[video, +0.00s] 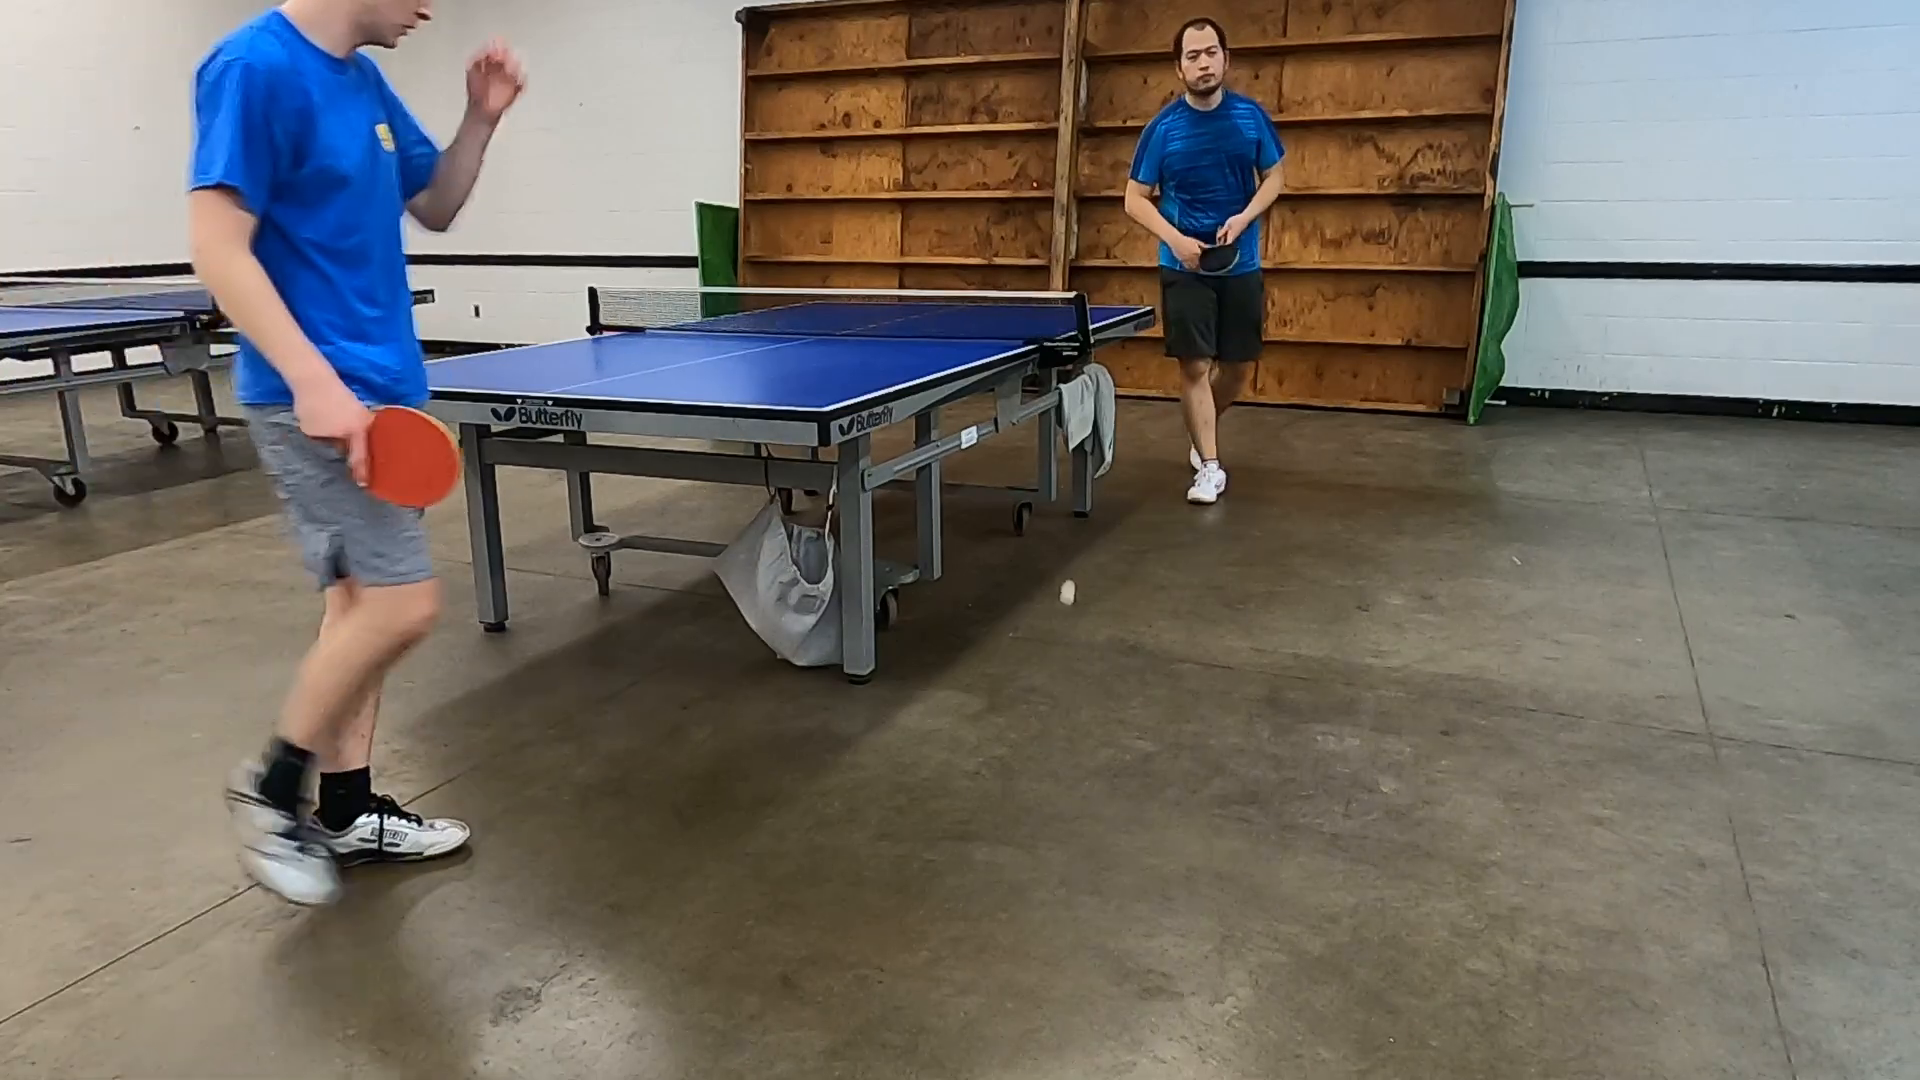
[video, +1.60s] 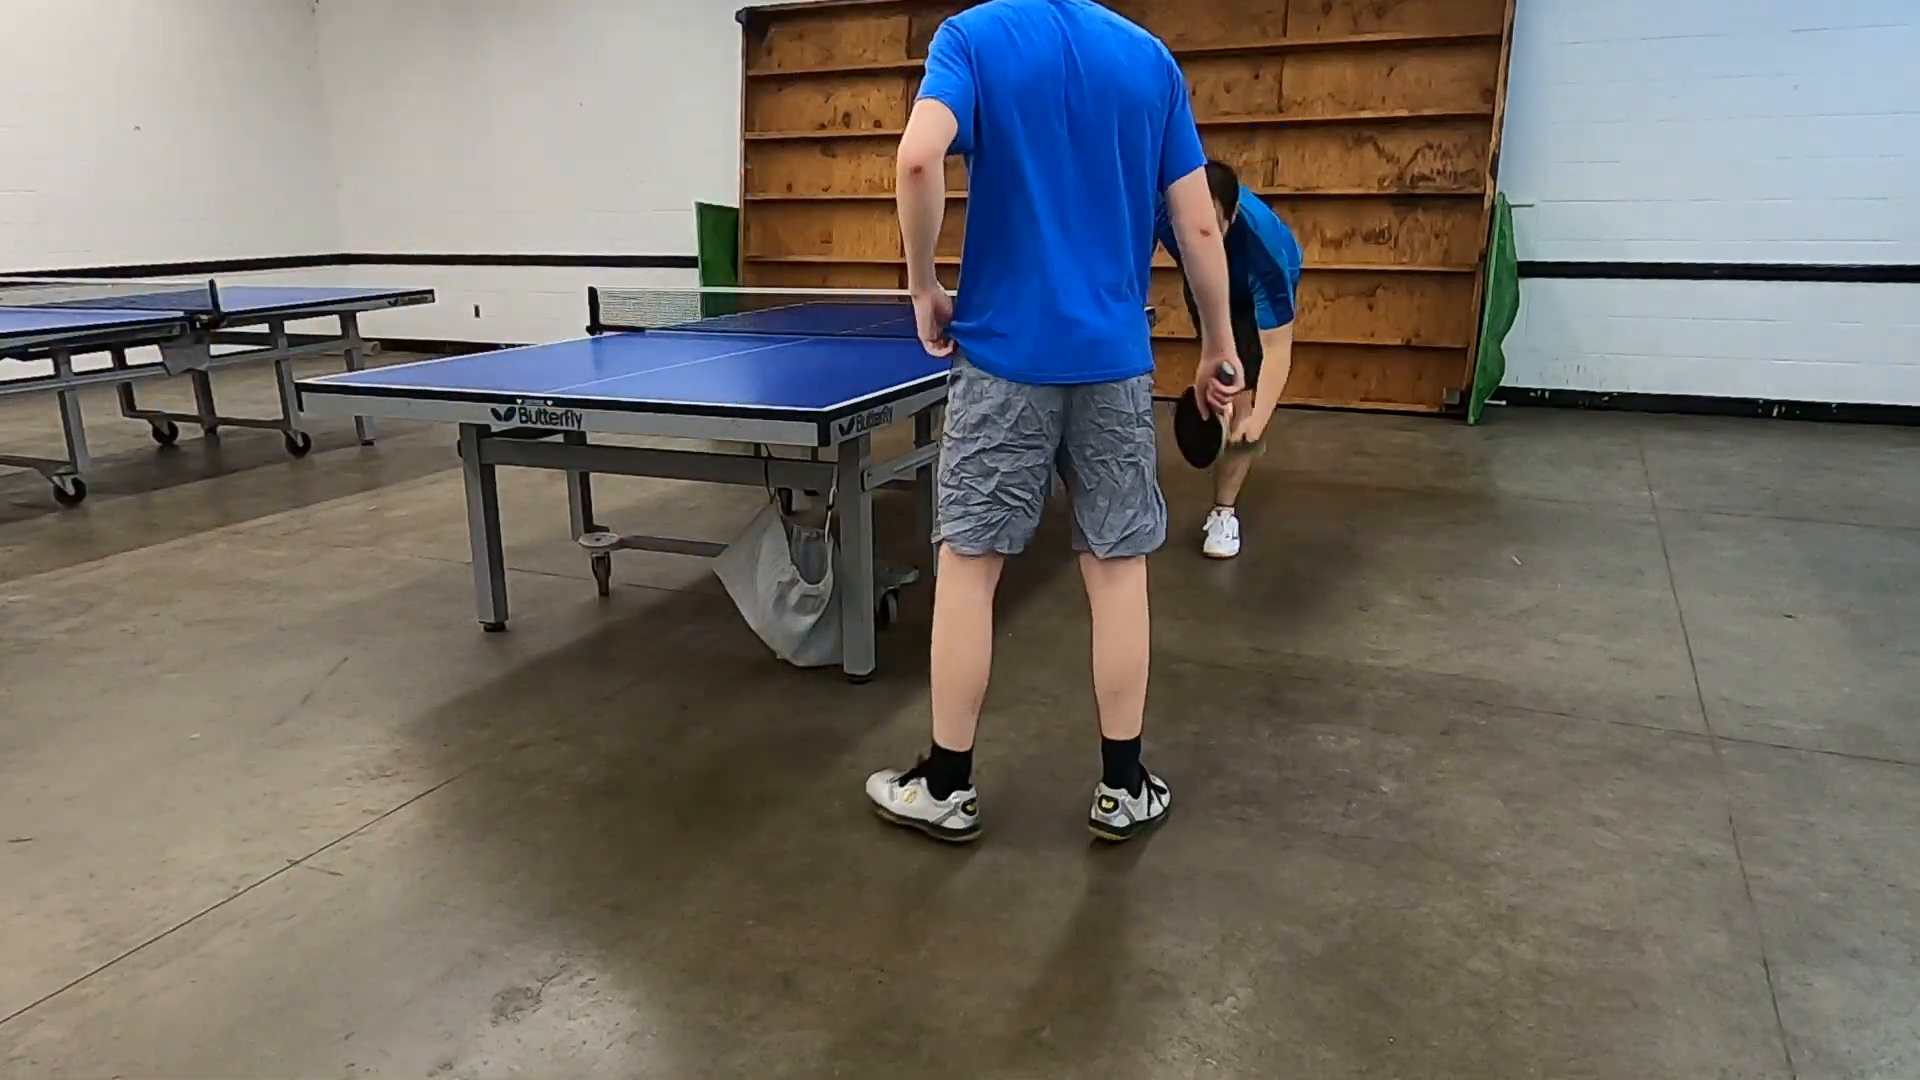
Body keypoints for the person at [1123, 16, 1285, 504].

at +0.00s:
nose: (1203, 63)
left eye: (1211, 53)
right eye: (1193, 56)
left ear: (1225, 59)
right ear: (1179, 66)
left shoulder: (1250, 115)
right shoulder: (1162, 128)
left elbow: (1275, 176)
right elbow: (1134, 199)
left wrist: (1244, 217)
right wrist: (1176, 239)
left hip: (1242, 264)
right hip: (1184, 265)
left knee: (1237, 367)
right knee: (1195, 366)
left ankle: (1201, 433)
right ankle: (1209, 468)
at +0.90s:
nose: (1211, 104)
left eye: (1224, 93)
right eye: (1202, 91)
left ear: (1246, 83)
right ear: (1188, 81)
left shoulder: (1268, 140)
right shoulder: (1169, 127)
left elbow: (1285, 227)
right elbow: (1140, 207)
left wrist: (1252, 296)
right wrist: (1119, 288)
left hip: (1240, 287)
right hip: (1180, 283)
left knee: (1228, 393)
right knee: (1188, 384)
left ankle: (1226, 508)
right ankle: (1207, 460)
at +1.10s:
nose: (1205, 163)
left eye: (1217, 153)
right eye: (1195, 152)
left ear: (1236, 137)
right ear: (1178, 133)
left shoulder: (1259, 176)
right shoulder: (1164, 150)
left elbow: (1272, 276)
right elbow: (1142, 218)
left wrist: (1247, 366)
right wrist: (1120, 298)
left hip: (1240, 295)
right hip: (1187, 286)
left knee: (1227, 402)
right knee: (1195, 376)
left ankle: (1225, 510)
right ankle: (1211, 449)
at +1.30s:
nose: (1196, 238)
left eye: (1208, 228)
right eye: (1186, 227)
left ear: (1229, 209)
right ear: (1170, 210)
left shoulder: (1258, 249)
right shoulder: (1162, 213)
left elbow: (1257, 349)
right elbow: (1136, 254)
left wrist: (1251, 440)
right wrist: (1114, 316)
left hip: (1248, 295)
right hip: (1198, 286)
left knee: (1230, 398)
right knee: (1193, 359)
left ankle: (1225, 509)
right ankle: (1200, 418)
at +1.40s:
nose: (1197, 240)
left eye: (1207, 231)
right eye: (1190, 231)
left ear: (1227, 222)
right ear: (1179, 215)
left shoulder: (1256, 265)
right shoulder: (1169, 203)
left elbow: (1257, 367)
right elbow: (1136, 256)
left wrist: (1252, 457)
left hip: (1264, 286)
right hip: (1208, 277)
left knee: (1247, 386)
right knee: (1217, 367)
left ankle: (1227, 503)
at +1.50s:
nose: (1191, 238)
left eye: (1205, 229)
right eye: (1184, 226)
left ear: (1227, 222)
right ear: (1174, 215)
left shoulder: (1257, 258)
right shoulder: (1163, 213)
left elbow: (1267, 362)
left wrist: (1257, 447)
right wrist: (1222, 369)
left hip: (1266, 280)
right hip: (1204, 277)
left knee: (1247, 387)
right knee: (1222, 369)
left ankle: (1223, 509)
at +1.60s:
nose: (1200, 234)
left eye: (1209, 226)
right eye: (1191, 226)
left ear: (1230, 215)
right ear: (1177, 213)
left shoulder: (1266, 250)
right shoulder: (1169, 216)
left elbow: (1277, 347)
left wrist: (1258, 418)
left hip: (1254, 296)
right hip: (1202, 284)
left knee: (1244, 399)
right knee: (1214, 364)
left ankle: (1223, 510)